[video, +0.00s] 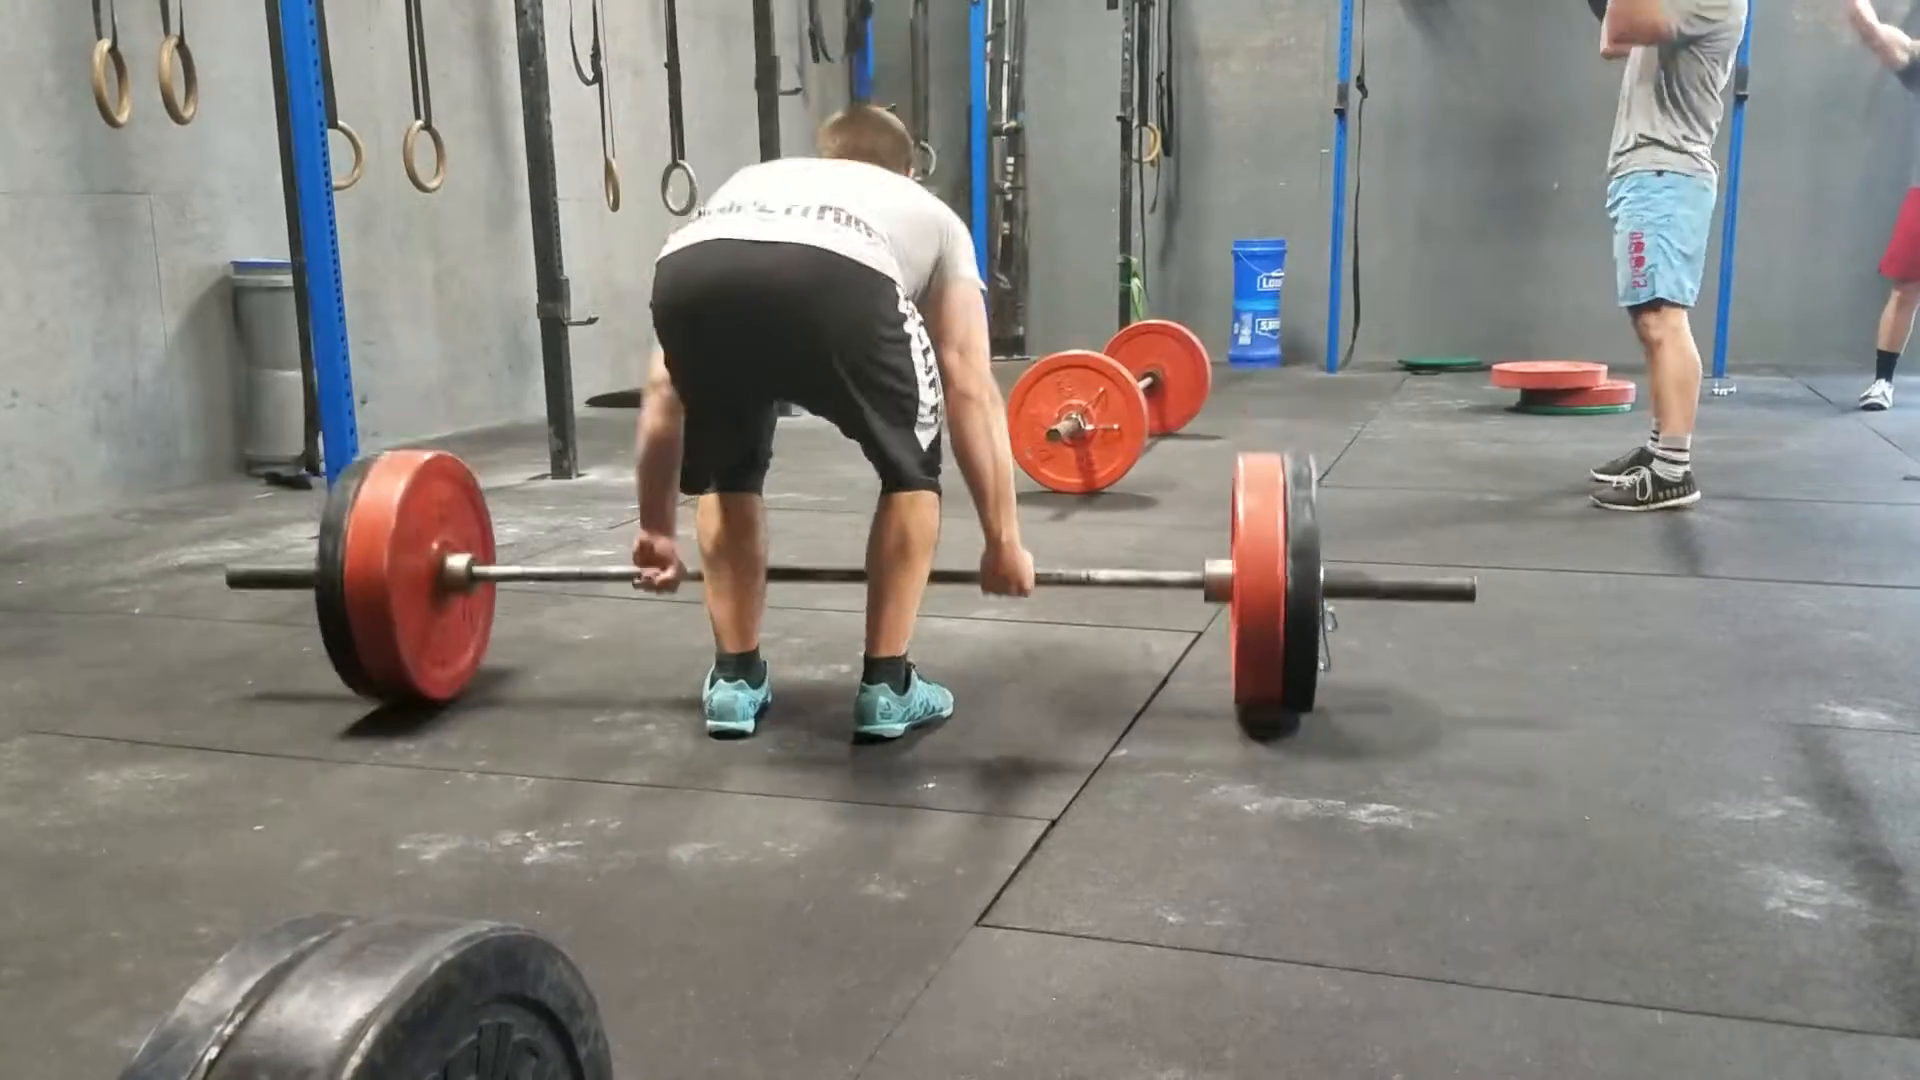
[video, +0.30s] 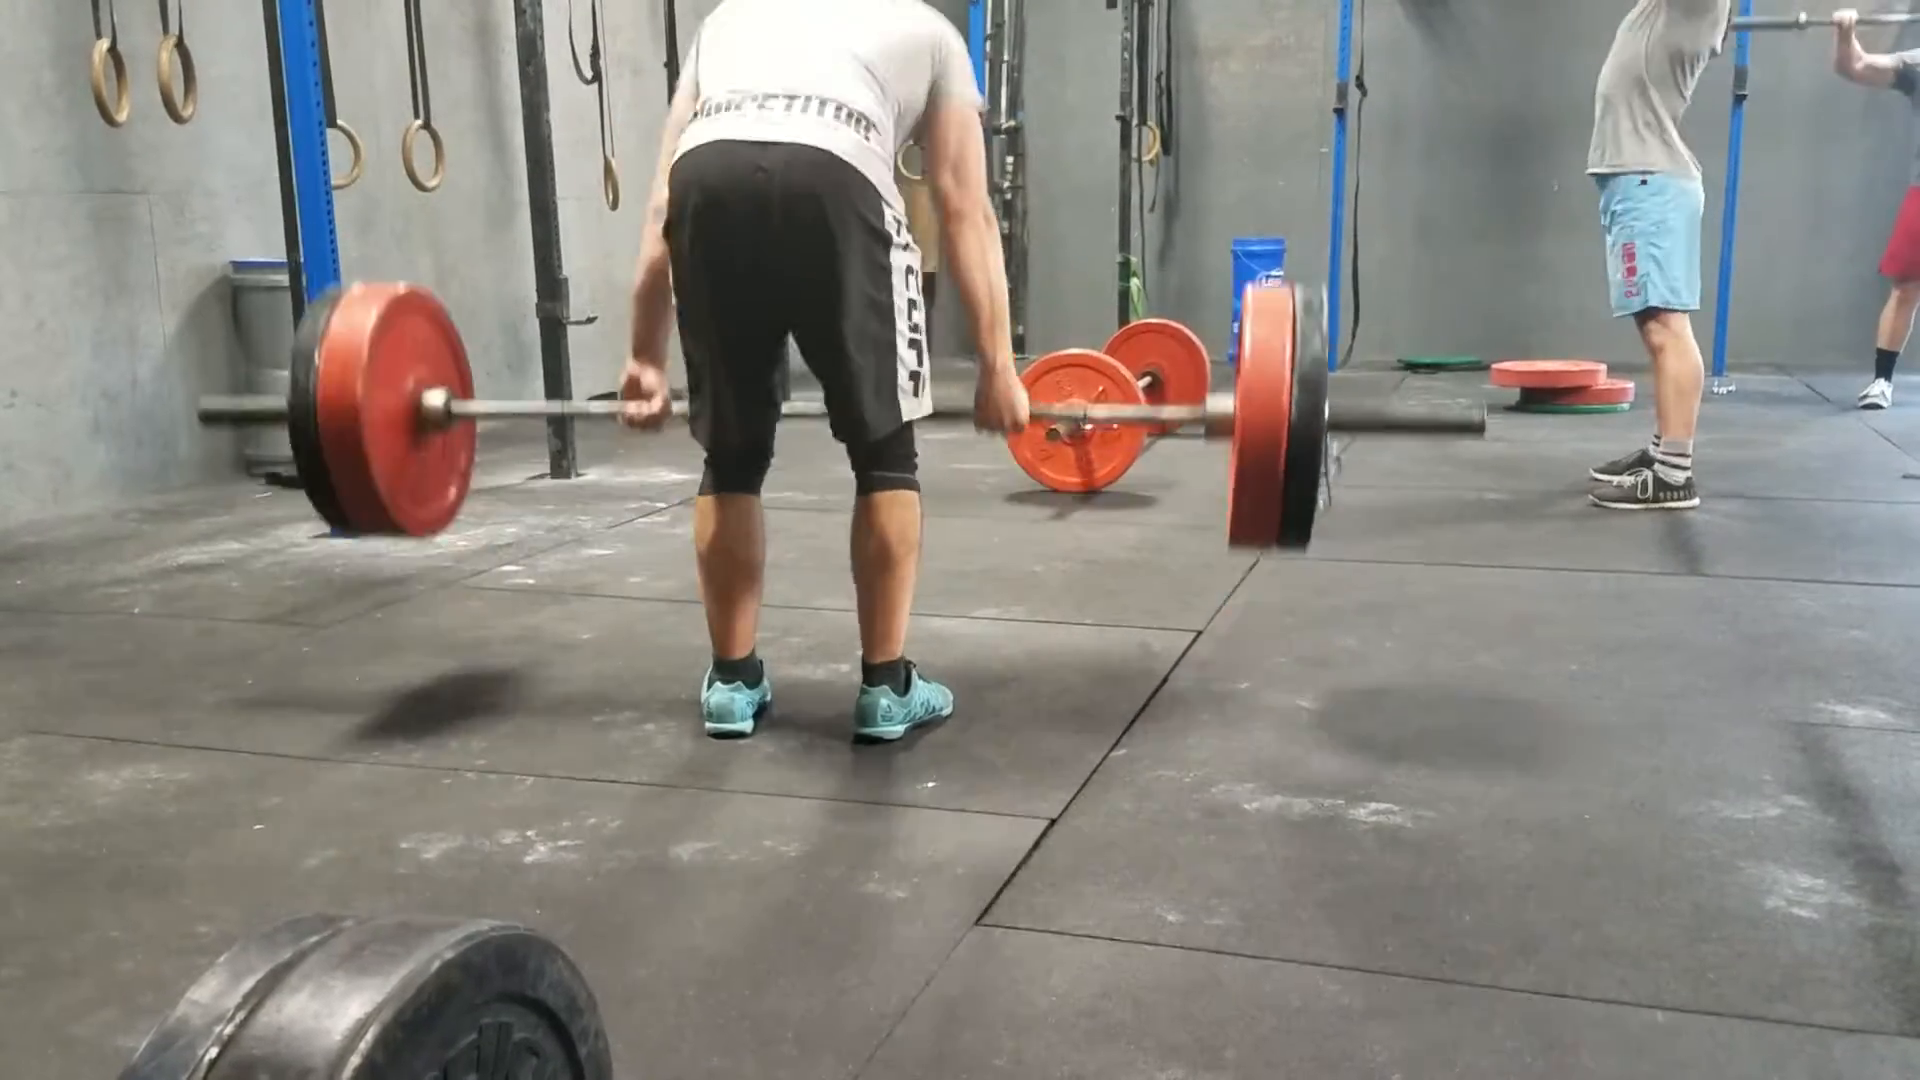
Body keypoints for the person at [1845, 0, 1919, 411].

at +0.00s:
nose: (1898, 56)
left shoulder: (1914, 70)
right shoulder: (1915, 70)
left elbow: (1884, 37)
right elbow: (1877, 33)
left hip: (1915, 195)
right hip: (1917, 193)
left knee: (1905, 290)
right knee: (1905, 288)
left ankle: (1883, 381)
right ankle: (1882, 382)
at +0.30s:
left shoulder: (1914, 71)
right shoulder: (1917, 69)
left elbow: (1853, 66)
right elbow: (1853, 66)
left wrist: (1846, 32)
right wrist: (1845, 30)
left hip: (1917, 196)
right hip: (1919, 194)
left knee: (1906, 290)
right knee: (1905, 288)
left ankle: (1883, 381)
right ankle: (1882, 381)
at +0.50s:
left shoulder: (1913, 68)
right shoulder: (1917, 67)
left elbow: (1858, 89)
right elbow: (1858, 89)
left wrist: (1842, 132)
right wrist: (1843, 132)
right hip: (1919, 193)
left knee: (1906, 290)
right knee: (1905, 289)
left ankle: (1883, 381)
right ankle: (1883, 382)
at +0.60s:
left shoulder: (1912, 86)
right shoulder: (1915, 84)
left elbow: (1861, 123)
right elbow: (1861, 123)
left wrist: (1837, 184)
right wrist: (1837, 183)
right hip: (1916, 204)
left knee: (1905, 286)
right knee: (1904, 284)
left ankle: (1882, 381)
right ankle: (1882, 382)